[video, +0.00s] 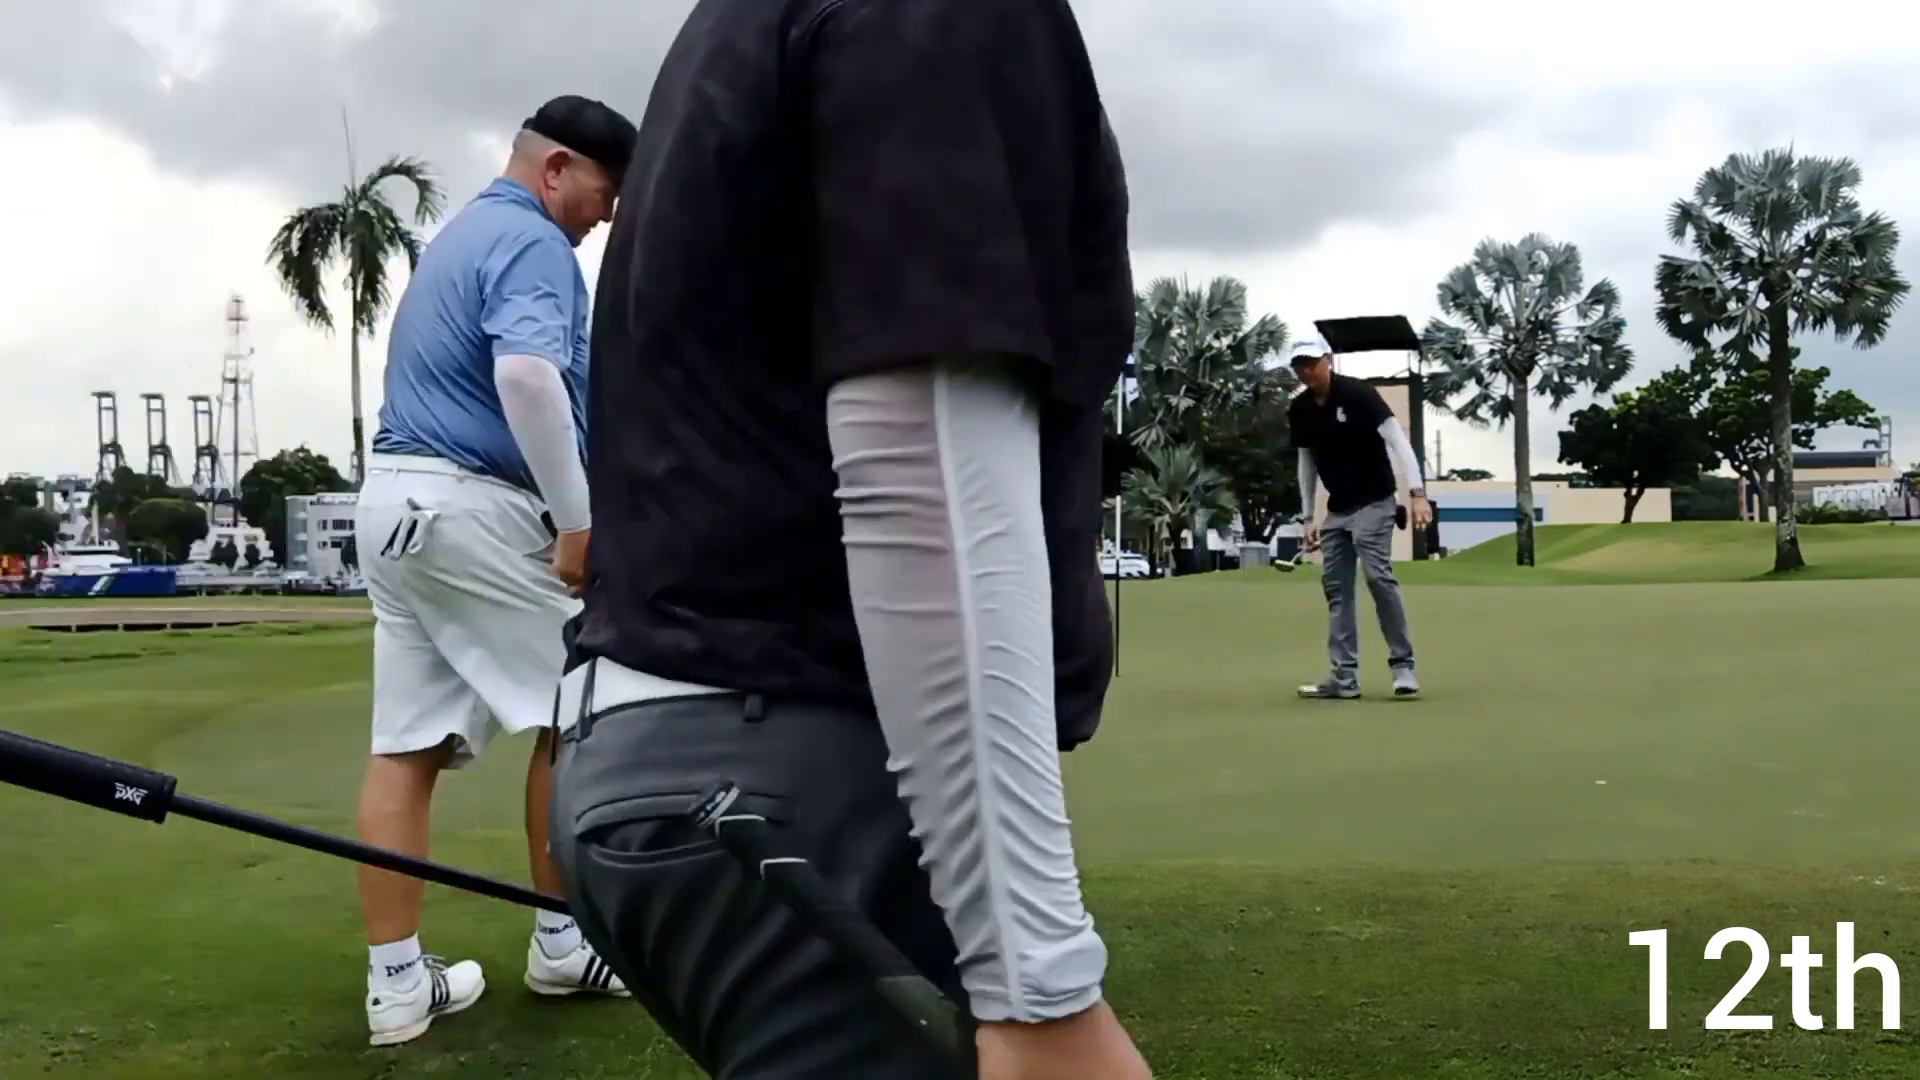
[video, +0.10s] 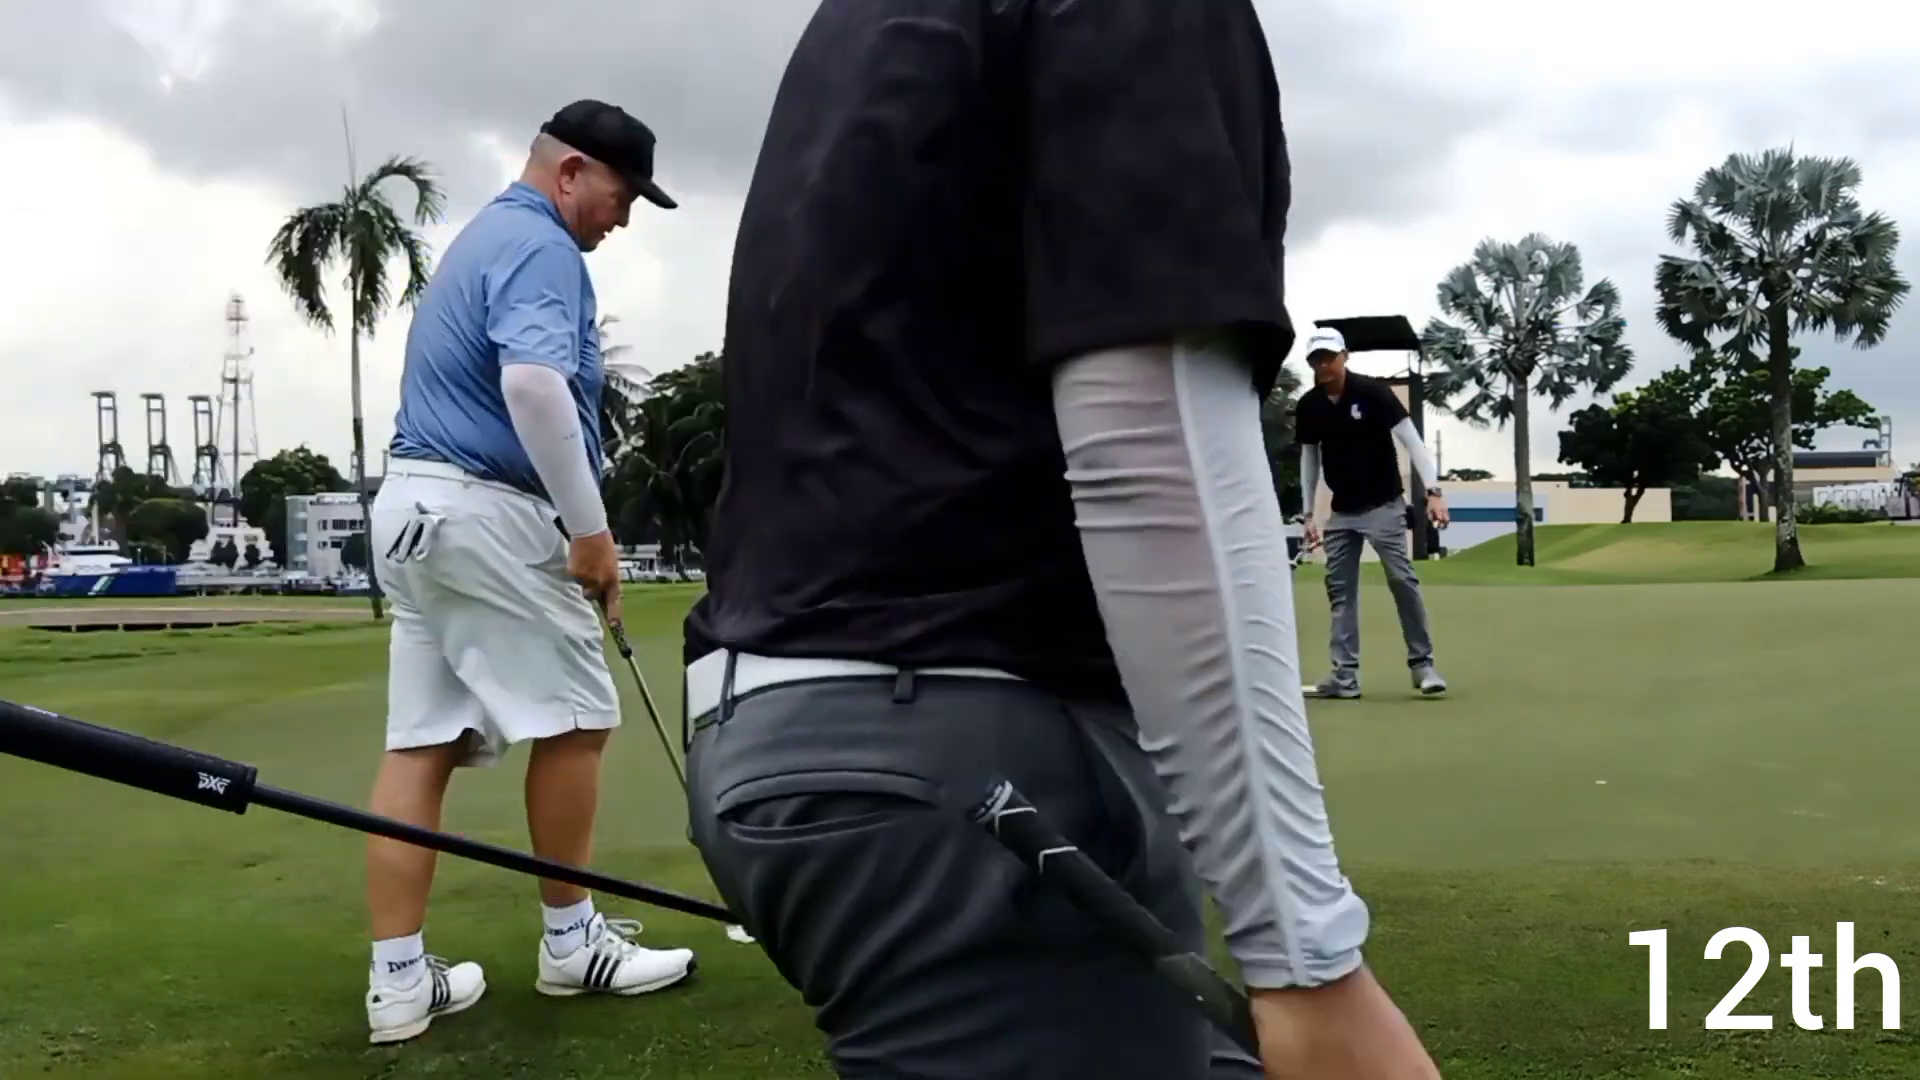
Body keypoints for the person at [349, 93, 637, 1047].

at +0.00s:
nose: (602, 217)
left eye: (610, 201)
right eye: (601, 194)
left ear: (536, 169)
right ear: (557, 166)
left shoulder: (464, 230)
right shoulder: (531, 240)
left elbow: (440, 385)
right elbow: (524, 376)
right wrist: (578, 522)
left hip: (390, 497)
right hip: (474, 505)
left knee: (403, 749)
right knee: (578, 709)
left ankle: (397, 984)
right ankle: (566, 940)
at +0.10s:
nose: (621, 221)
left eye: (630, 205)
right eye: (620, 198)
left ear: (559, 173)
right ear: (571, 170)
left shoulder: (488, 232)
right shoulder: (538, 244)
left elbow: (473, 393)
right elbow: (532, 384)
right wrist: (589, 529)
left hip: (412, 499)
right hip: (483, 507)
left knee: (420, 742)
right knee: (576, 716)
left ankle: (399, 979)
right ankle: (572, 941)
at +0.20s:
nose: (652, 222)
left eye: (659, 208)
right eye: (651, 200)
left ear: (590, 176)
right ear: (600, 172)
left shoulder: (526, 237)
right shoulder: (558, 248)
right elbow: (552, 403)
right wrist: (612, 537)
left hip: (449, 505)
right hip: (511, 513)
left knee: (461, 735)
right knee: (585, 721)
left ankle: (405, 960)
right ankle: (572, 942)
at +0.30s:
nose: (678, 221)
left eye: (686, 208)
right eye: (678, 200)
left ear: (624, 174)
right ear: (627, 170)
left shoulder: (565, 235)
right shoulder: (576, 244)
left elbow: (565, 407)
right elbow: (575, 407)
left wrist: (623, 541)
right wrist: (634, 539)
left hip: (490, 494)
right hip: (520, 501)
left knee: (527, 708)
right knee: (575, 716)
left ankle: (434, 900)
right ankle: (573, 942)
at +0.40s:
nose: (700, 223)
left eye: (708, 210)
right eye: (698, 202)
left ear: (648, 175)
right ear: (648, 170)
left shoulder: (607, 246)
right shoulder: (590, 244)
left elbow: (611, 410)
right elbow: (593, 413)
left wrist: (639, 537)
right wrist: (655, 543)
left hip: (557, 500)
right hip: (531, 501)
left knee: (590, 696)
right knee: (570, 713)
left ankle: (489, 867)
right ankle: (572, 944)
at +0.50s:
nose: (718, 226)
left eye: (726, 213)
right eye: (716, 206)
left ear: (671, 178)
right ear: (667, 173)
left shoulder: (633, 253)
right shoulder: (601, 248)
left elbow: (631, 417)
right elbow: (609, 421)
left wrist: (661, 543)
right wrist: (671, 547)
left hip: (584, 506)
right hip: (536, 503)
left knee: (638, 681)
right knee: (569, 712)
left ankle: (568, 876)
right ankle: (570, 945)